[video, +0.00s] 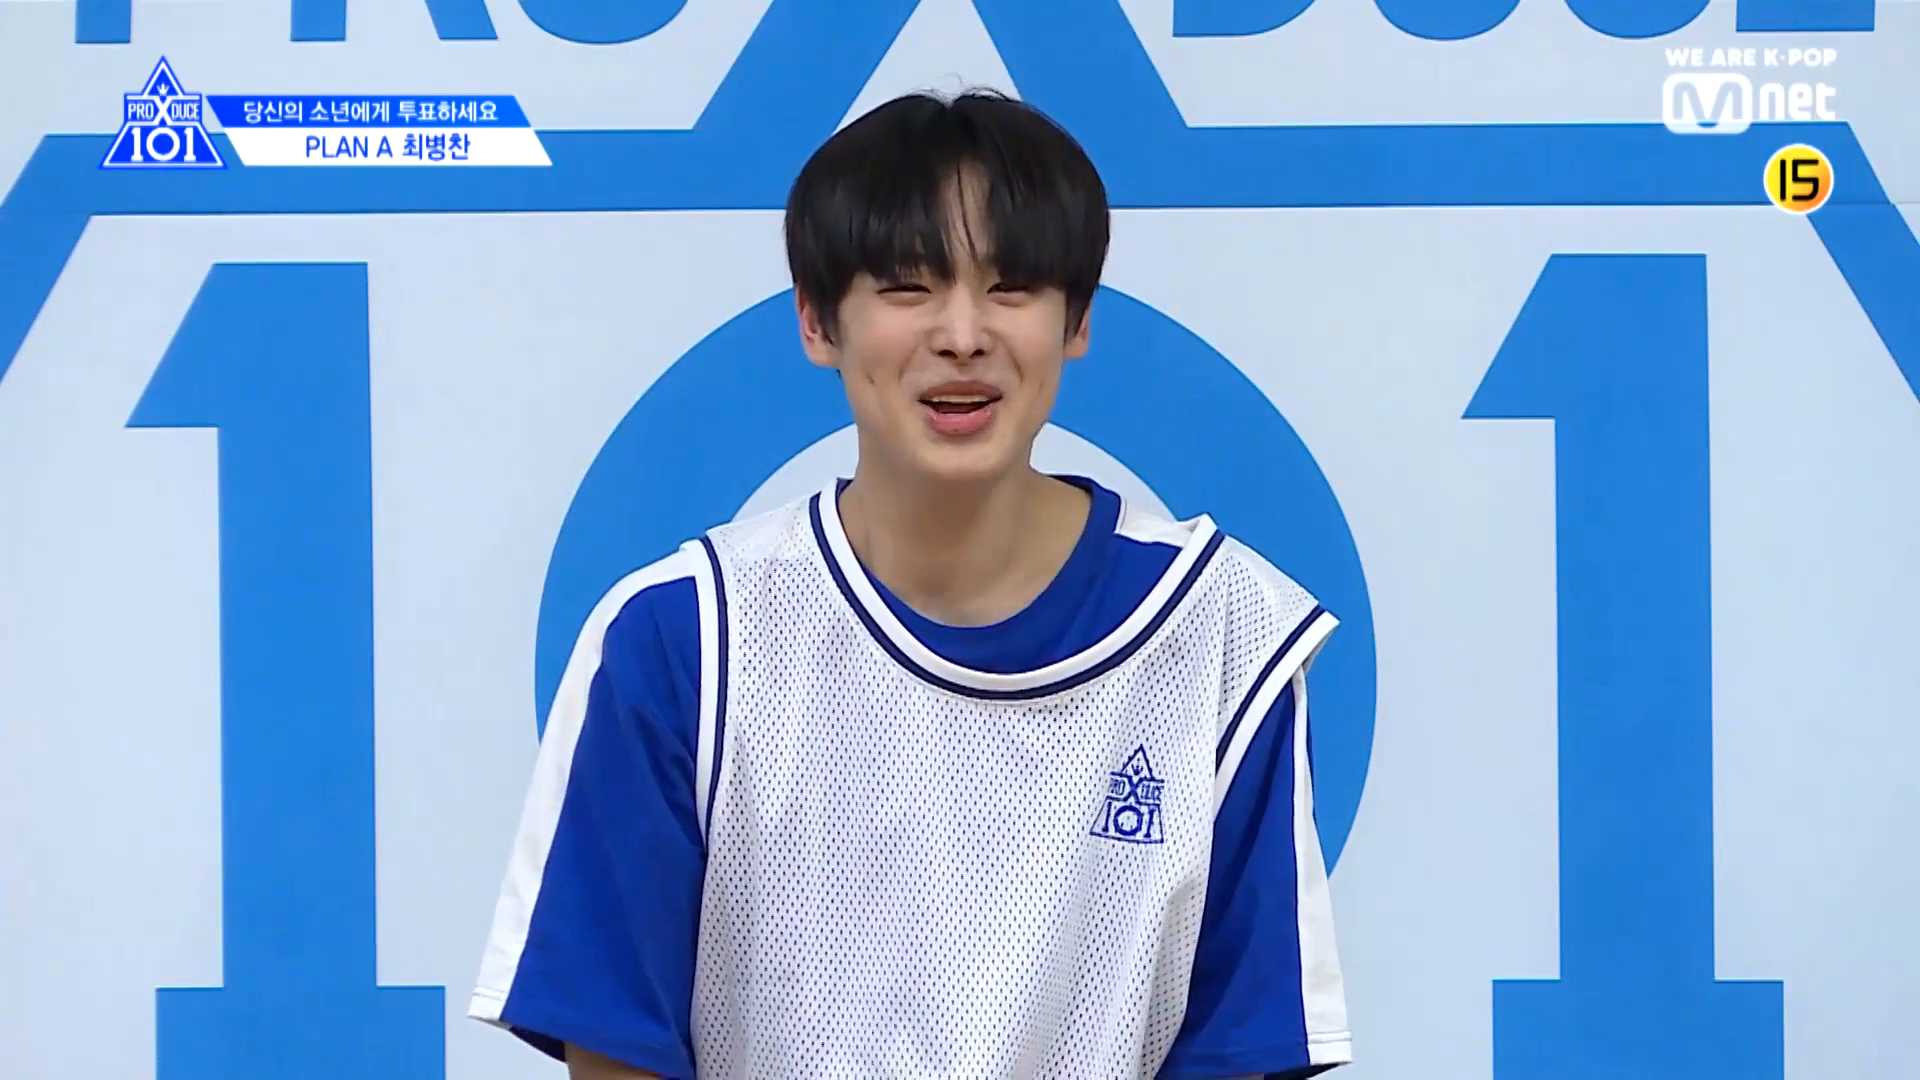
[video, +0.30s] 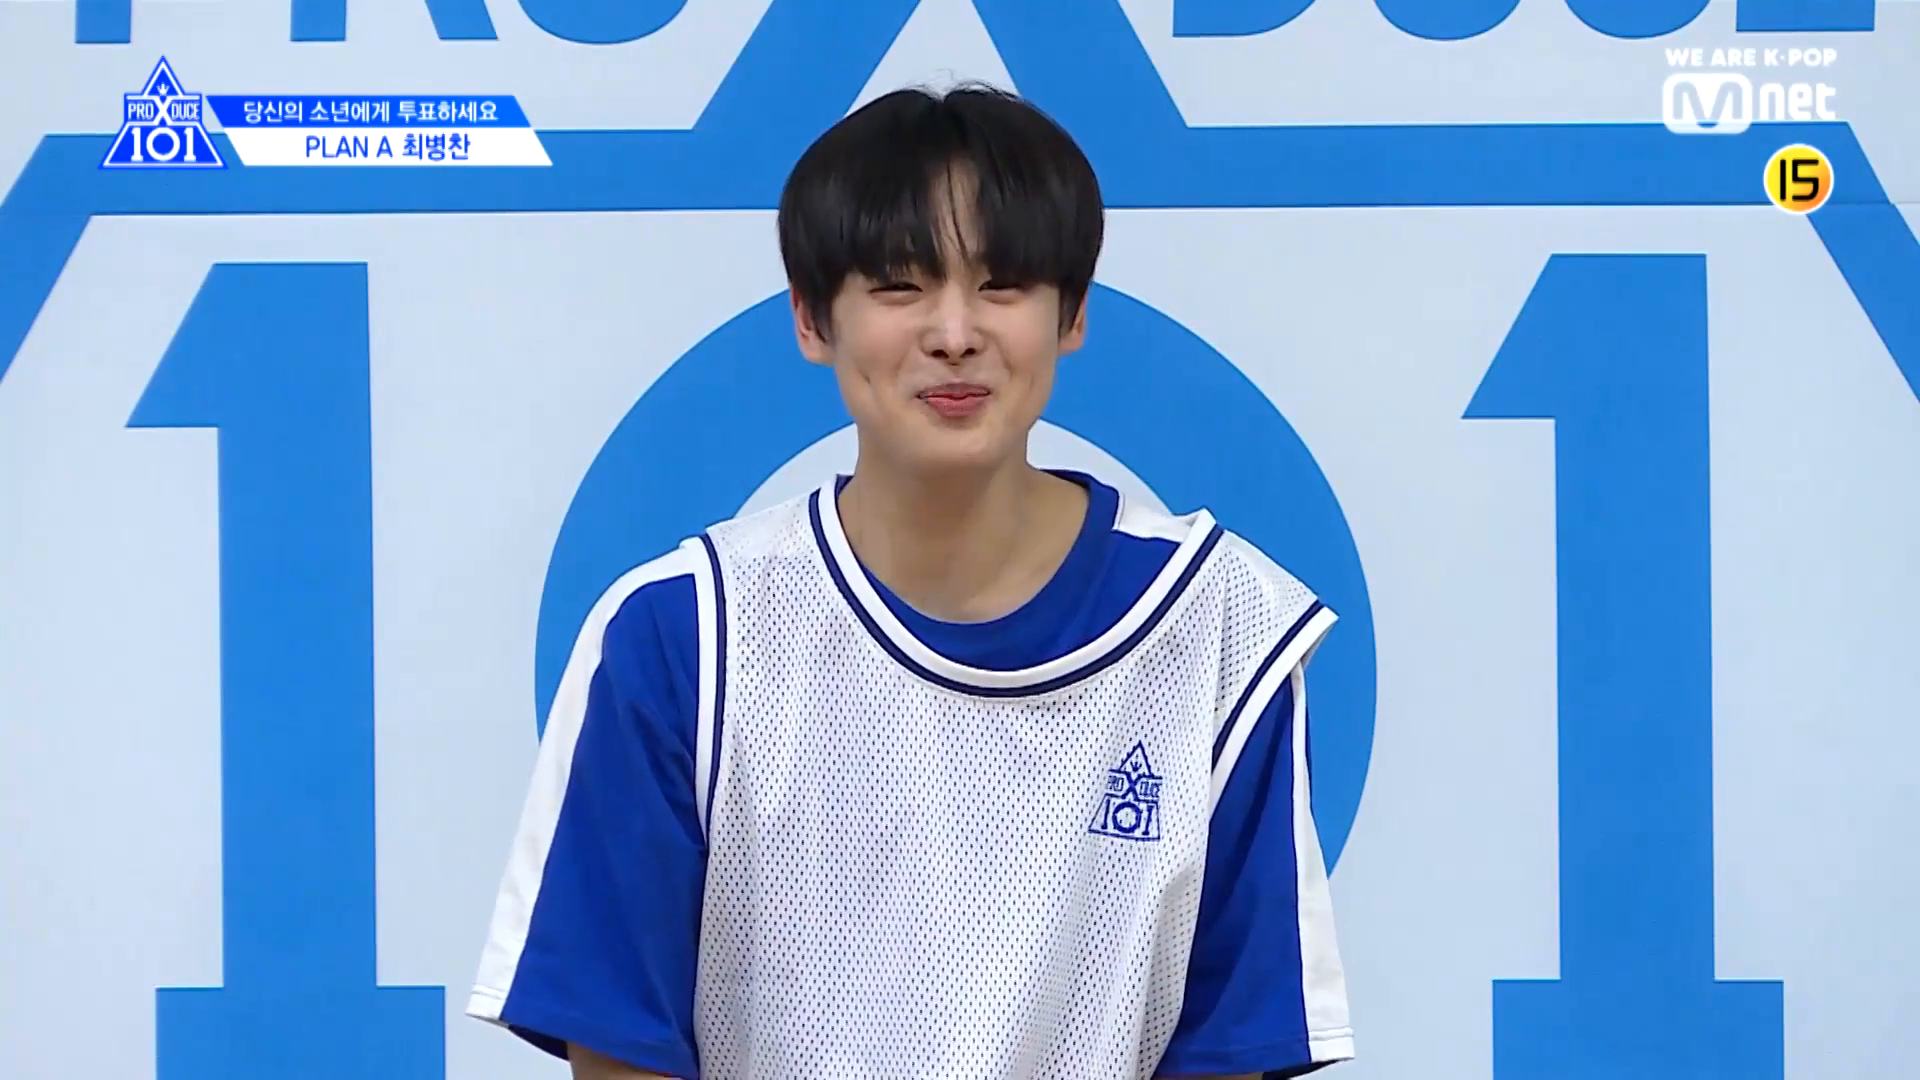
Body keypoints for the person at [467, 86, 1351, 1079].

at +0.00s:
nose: (963, 335)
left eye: (1012, 285)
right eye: (910, 283)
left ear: (1074, 325)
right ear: (821, 323)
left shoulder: (1228, 641)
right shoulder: (673, 643)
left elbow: (1250, 1053)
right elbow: (615, 1049)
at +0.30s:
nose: (955, 332)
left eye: (1003, 284)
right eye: (902, 282)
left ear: (1068, 322)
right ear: (816, 323)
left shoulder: (1228, 636)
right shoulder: (674, 640)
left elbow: (1237, 1051)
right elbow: (619, 1049)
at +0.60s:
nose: (958, 343)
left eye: (1007, 292)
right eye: (904, 290)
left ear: (1070, 330)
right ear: (818, 331)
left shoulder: (1228, 642)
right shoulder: (675, 646)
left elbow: (1251, 1054)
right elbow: (617, 1050)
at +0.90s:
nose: (956, 356)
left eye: (1006, 303)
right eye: (903, 302)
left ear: (1072, 338)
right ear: (818, 338)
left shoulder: (1228, 646)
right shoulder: (674, 651)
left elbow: (1254, 1054)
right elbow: (608, 1052)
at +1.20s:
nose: (961, 353)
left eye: (1010, 299)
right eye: (905, 298)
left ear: (1073, 333)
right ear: (820, 335)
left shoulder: (1225, 642)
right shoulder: (673, 647)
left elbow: (1248, 1054)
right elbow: (615, 1049)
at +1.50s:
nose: (968, 356)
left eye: (1019, 302)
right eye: (914, 302)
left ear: (1081, 338)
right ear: (828, 338)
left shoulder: (1230, 643)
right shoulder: (680, 646)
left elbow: (1252, 1052)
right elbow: (620, 1049)